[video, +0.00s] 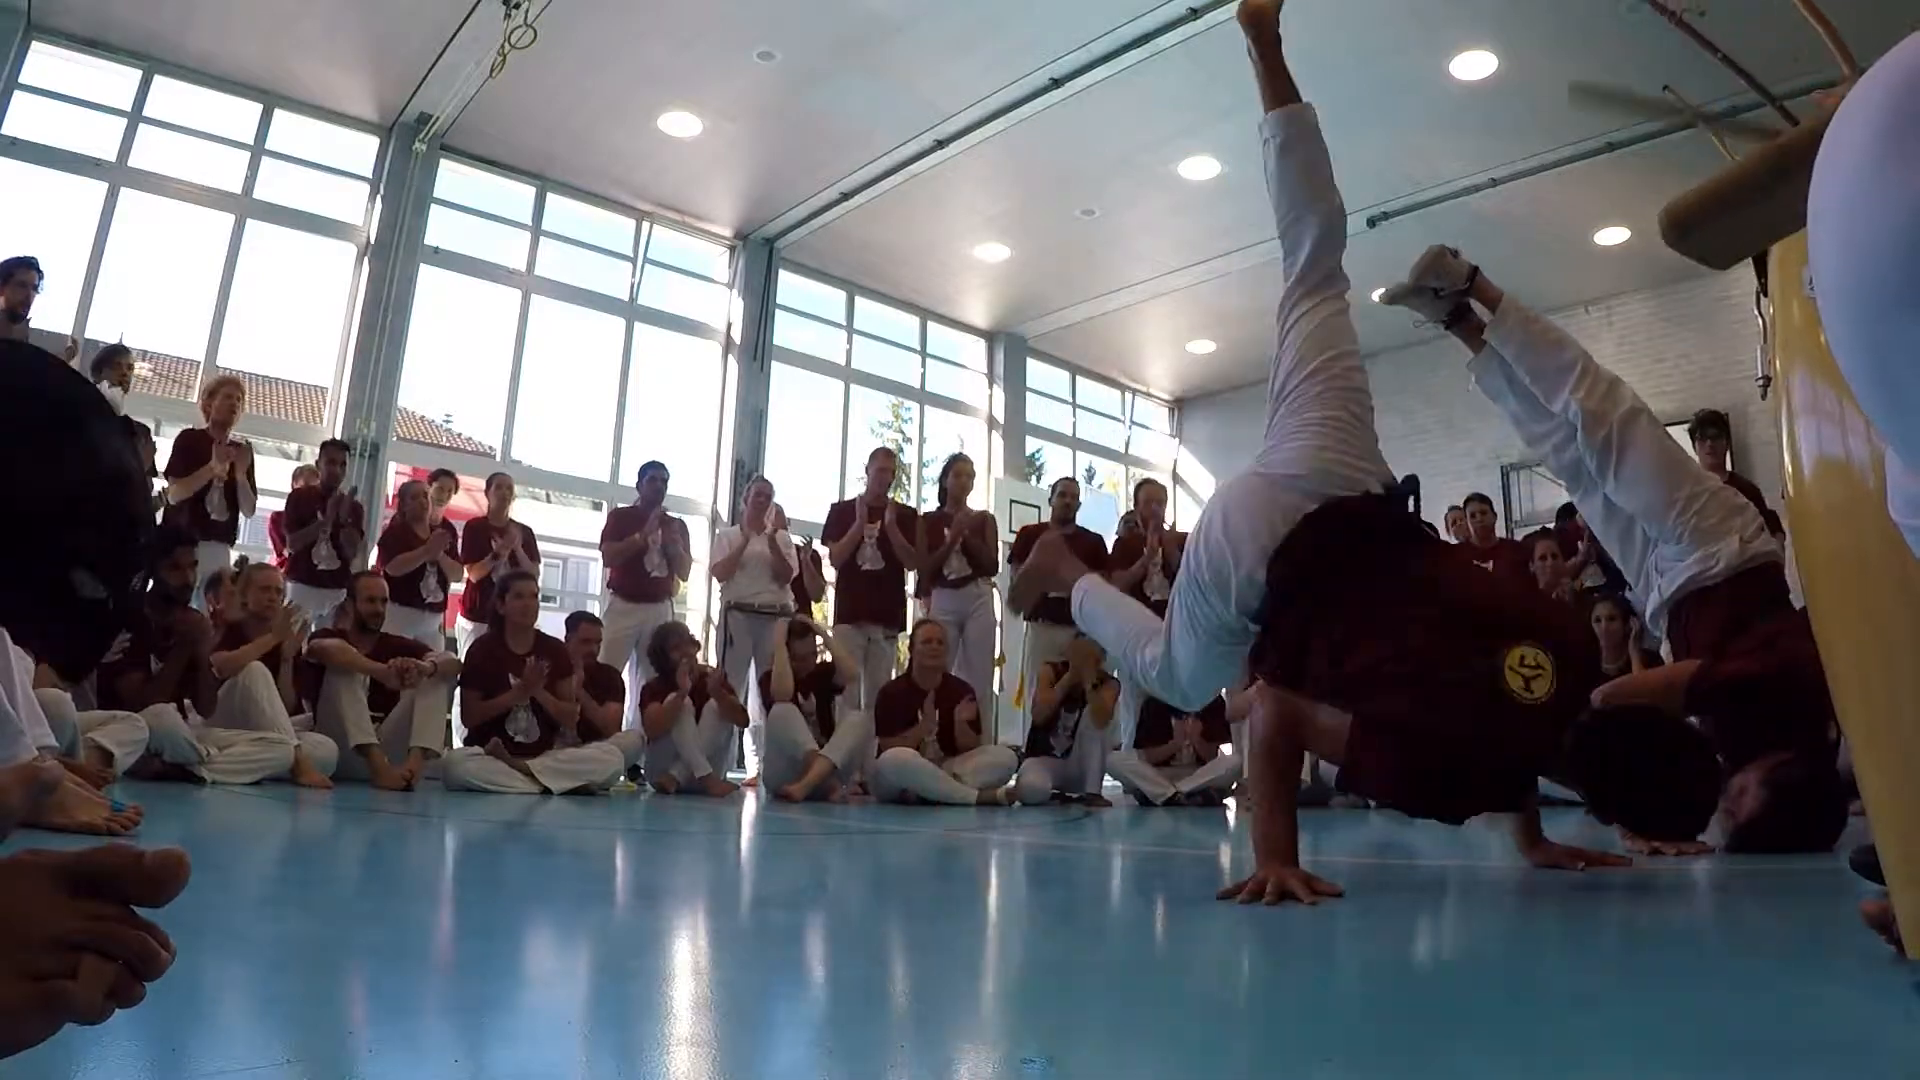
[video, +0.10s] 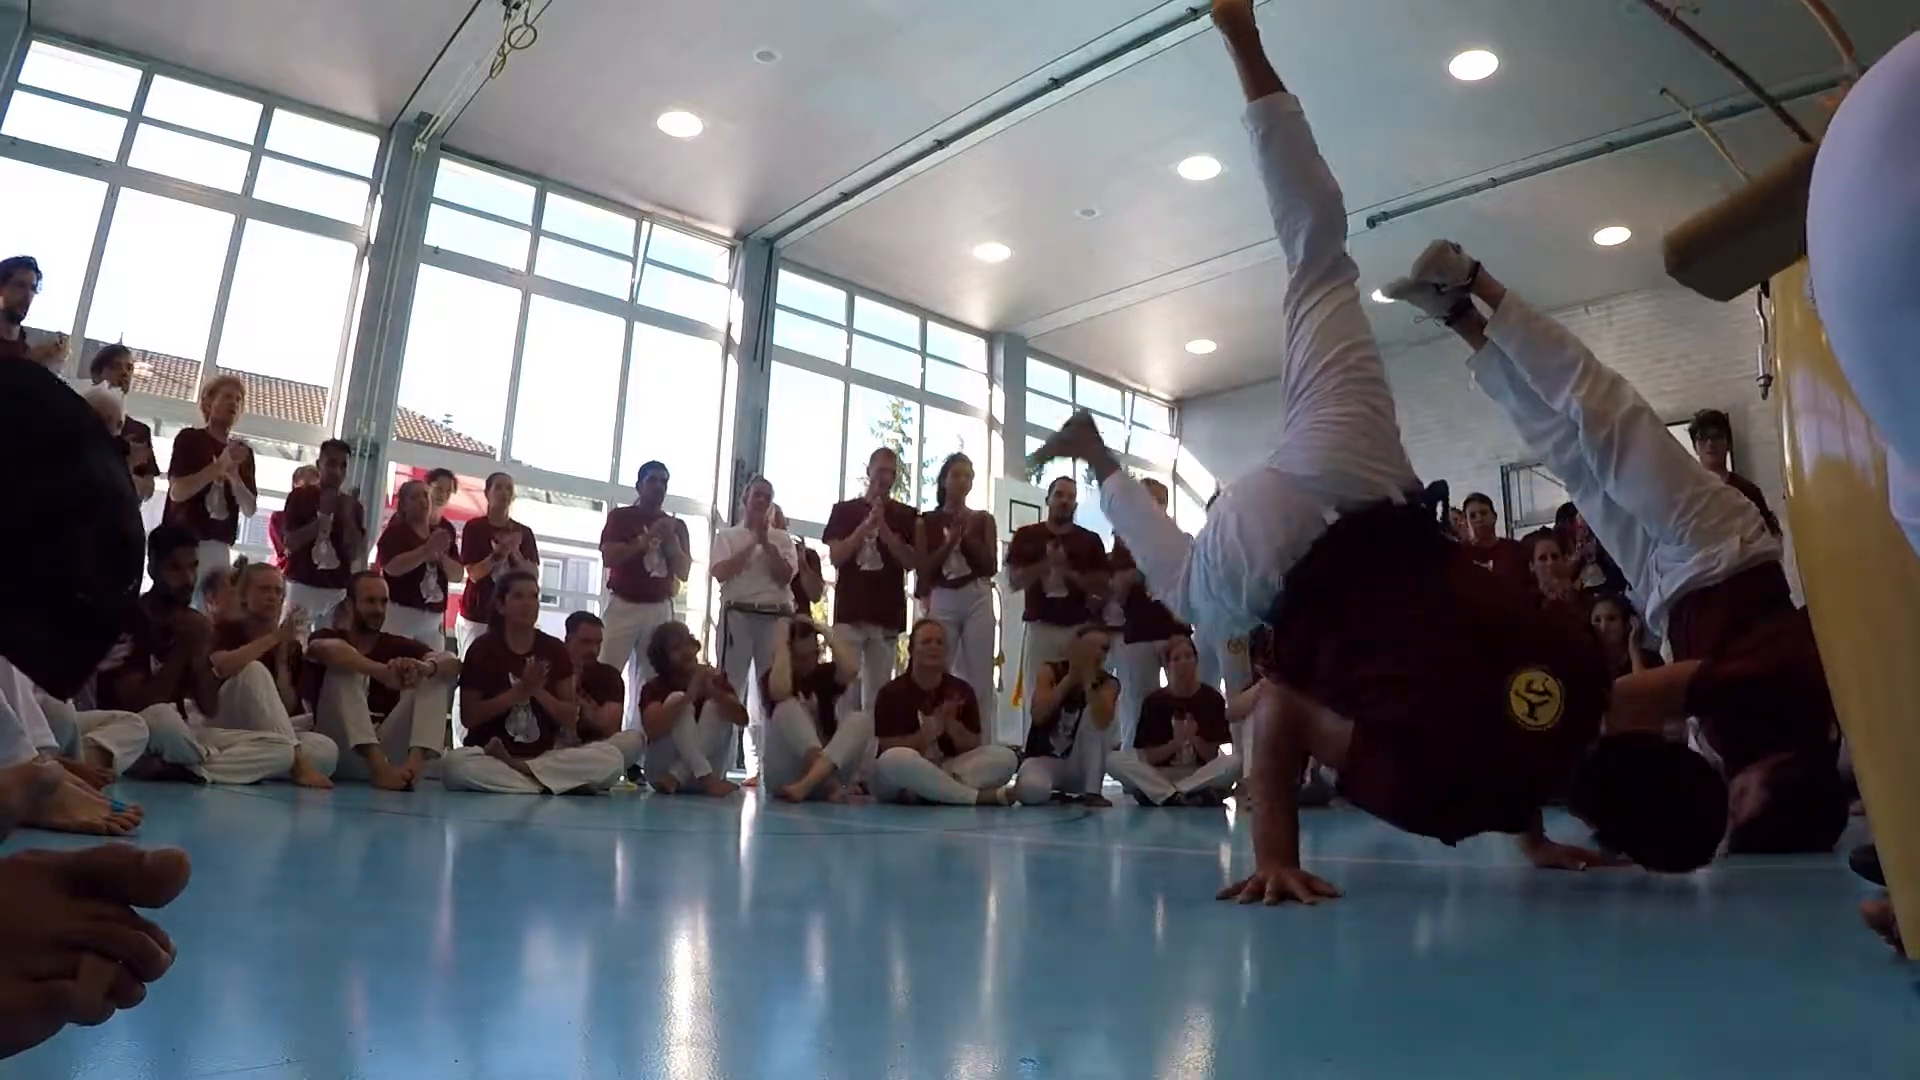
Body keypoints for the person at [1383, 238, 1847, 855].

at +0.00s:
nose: (1735, 800)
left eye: (1735, 817)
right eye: (1746, 796)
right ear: (1767, 774)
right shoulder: (1784, 695)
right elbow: (1612, 693)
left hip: (1670, 613)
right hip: (1721, 558)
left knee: (1579, 472)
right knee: (1604, 416)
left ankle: (1460, 323)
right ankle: (1476, 289)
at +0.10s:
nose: (1734, 803)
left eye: (1738, 821)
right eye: (1746, 800)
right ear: (1766, 776)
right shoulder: (1782, 694)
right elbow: (1621, 697)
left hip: (1674, 609)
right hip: (1722, 557)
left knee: (1582, 471)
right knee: (1606, 416)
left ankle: (1462, 318)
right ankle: (1477, 286)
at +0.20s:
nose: (1733, 808)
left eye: (1738, 823)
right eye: (1745, 803)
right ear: (1768, 773)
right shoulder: (1779, 694)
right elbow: (1631, 695)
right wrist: (1615, 799)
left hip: (1673, 606)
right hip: (1721, 555)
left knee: (1580, 466)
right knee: (1602, 413)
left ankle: (1461, 319)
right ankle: (1473, 281)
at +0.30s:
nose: (1729, 803)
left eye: (1733, 817)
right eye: (1742, 798)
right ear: (1767, 771)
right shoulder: (1778, 698)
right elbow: (1635, 691)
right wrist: (1613, 778)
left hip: (1677, 610)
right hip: (1728, 557)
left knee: (1575, 479)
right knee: (1603, 434)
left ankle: (1464, 326)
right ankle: (1478, 294)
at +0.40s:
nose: (1726, 801)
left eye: (1731, 817)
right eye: (1740, 800)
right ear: (1771, 775)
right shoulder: (1782, 696)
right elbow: (1630, 692)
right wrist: (1615, 779)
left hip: (1682, 610)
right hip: (1733, 561)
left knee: (1559, 509)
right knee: (1596, 455)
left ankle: (1492, 354)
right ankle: (1501, 320)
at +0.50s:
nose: (1720, 800)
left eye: (1728, 815)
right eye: (1737, 798)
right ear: (1767, 772)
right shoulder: (1782, 692)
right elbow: (1630, 695)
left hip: (1686, 618)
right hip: (1737, 556)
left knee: (1547, 549)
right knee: (1584, 475)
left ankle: (1518, 403)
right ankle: (1531, 364)